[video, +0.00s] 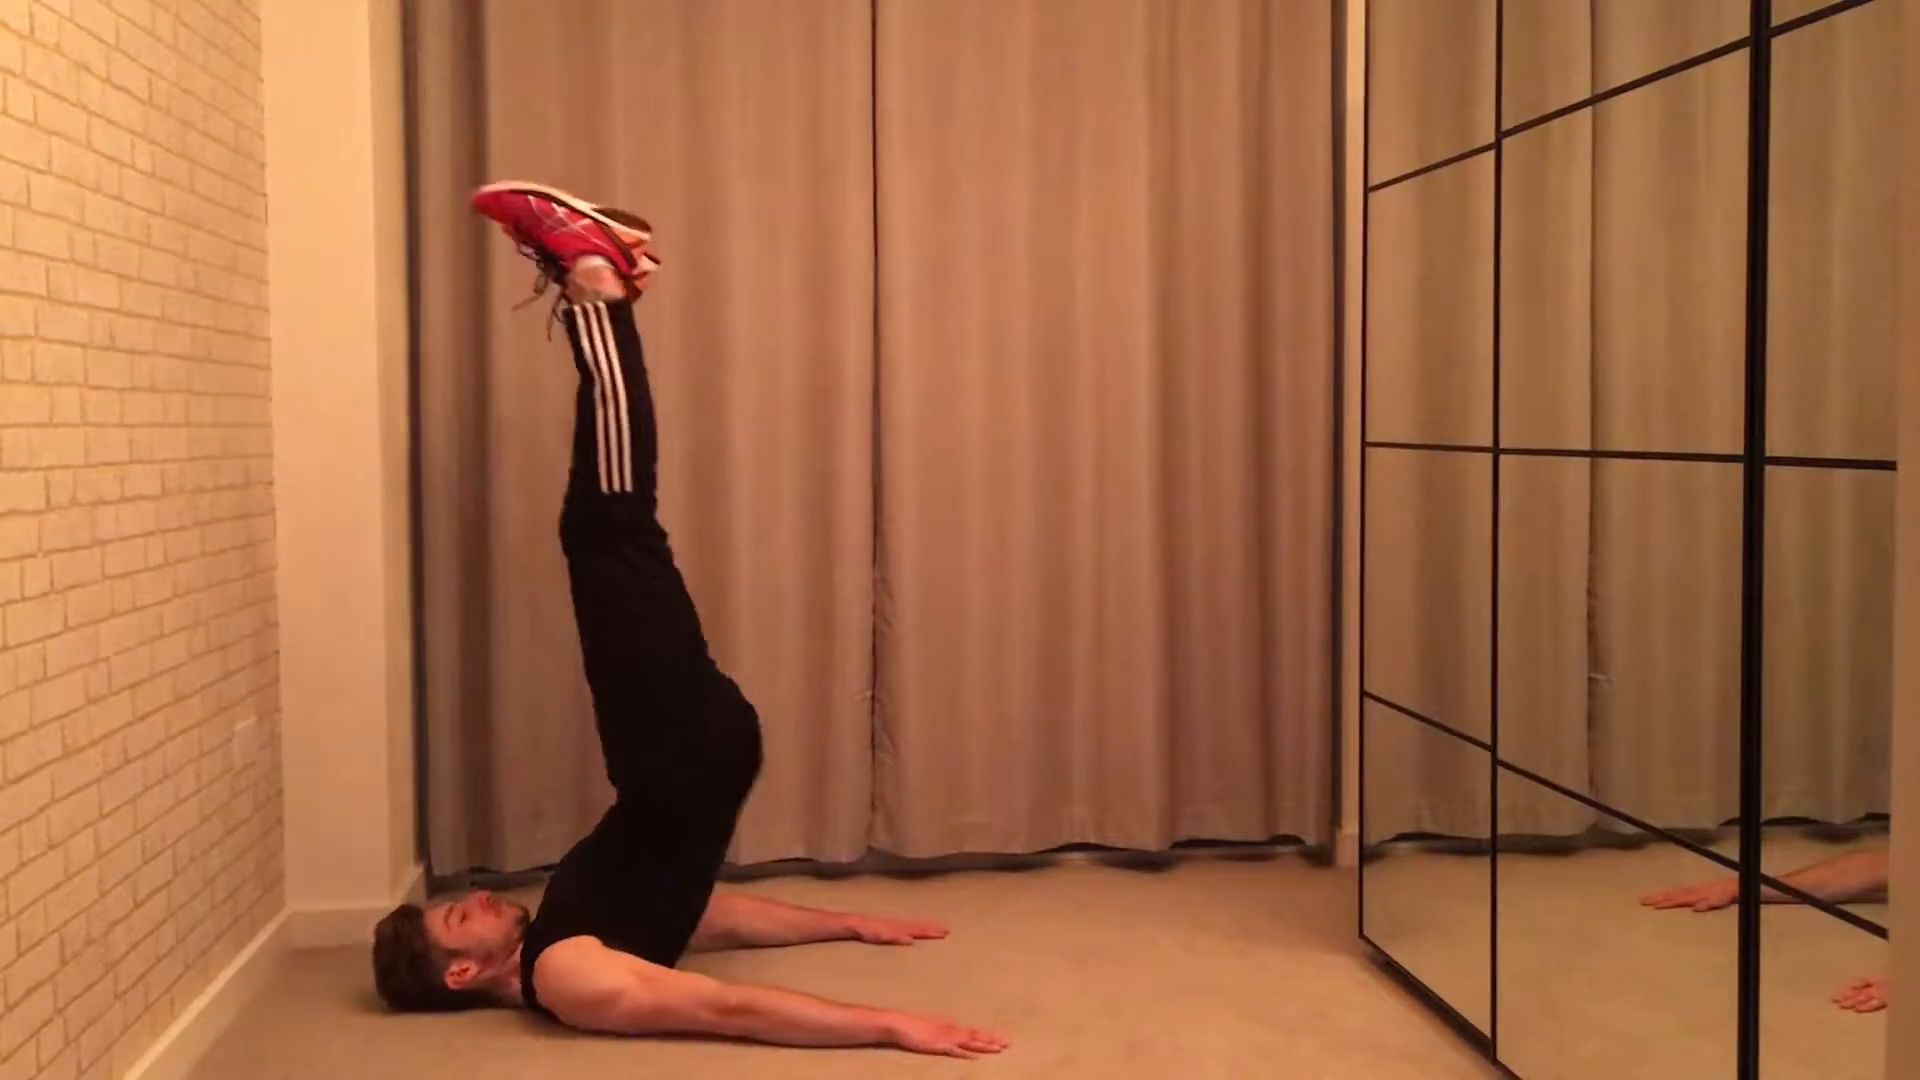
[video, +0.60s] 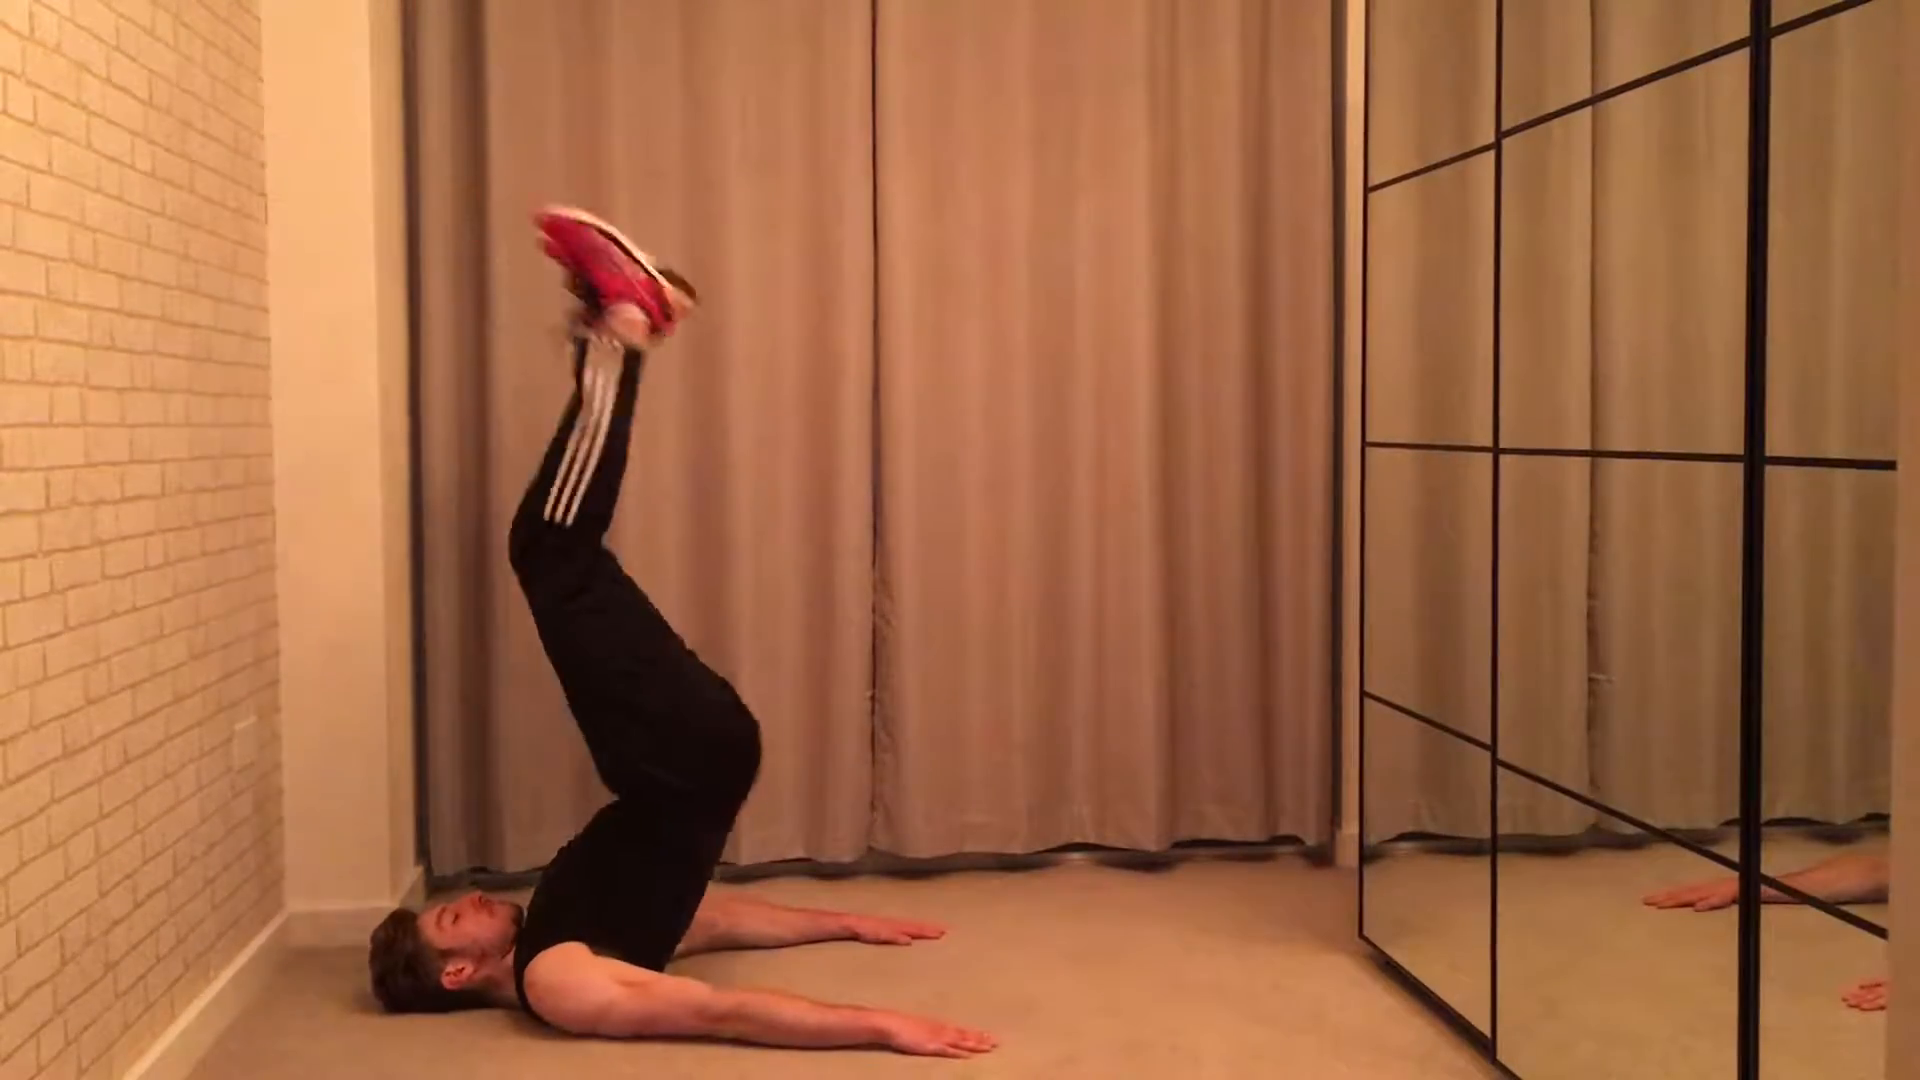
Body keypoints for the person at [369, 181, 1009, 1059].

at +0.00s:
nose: (479, 899)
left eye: (459, 900)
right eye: (460, 918)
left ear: (482, 907)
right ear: (468, 972)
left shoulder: (575, 939)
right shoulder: (568, 975)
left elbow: (724, 914)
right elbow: (728, 1012)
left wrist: (851, 925)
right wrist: (892, 1028)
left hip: (685, 762)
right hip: (696, 762)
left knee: (611, 531)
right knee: (607, 533)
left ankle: (596, 291)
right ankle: (591, 288)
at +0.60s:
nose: (470, 900)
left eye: (452, 903)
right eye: (452, 920)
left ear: (474, 906)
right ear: (463, 973)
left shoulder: (566, 936)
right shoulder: (560, 981)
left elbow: (712, 916)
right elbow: (719, 1014)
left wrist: (847, 926)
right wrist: (885, 1029)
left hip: (680, 772)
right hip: (701, 763)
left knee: (548, 544)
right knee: (547, 547)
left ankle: (615, 333)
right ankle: (616, 332)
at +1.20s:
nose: (734, 699)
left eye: (728, 683)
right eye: (720, 686)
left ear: (669, 706)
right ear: (674, 706)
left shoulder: (700, 780)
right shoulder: (693, 810)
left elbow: (711, 966)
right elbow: (714, 995)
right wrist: (868, 1022)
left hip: (872, 921)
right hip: (884, 954)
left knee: (951, 690)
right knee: (971, 719)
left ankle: (1035, 896)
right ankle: (1054, 911)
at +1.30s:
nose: (853, 656)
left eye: (853, 639)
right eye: (845, 640)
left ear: (790, 644)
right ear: (795, 643)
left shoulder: (777, 713)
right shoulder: (786, 741)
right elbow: (758, 924)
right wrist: (863, 1017)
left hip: (880, 936)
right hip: (892, 959)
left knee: (986, 704)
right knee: (998, 721)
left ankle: (1049, 913)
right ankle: (1051, 928)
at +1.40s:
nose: (951, 645)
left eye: (955, 624)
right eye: (947, 622)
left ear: (895, 611)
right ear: (898, 609)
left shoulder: (842, 677)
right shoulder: (869, 703)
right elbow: (827, 874)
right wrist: (868, 1015)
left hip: (890, 920)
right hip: (910, 942)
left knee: (999, 690)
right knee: (1019, 712)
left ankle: (1052, 904)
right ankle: (1038, 928)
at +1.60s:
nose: (1102, 634)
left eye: (1113, 618)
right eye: (1108, 612)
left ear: (1068, 579)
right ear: (1073, 585)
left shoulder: (979, 610)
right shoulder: (1005, 648)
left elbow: (905, 755)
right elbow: (955, 831)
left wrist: (860, 908)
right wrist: (895, 989)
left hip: (857, 824)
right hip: (881, 839)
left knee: (1062, 700)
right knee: (1083, 713)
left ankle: (1059, 910)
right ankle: (1049, 930)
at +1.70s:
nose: (1122, 630)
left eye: (1135, 616)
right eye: (1131, 610)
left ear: (1099, 568)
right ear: (1103, 573)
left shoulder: (1021, 570)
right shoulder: (1035, 604)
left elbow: (940, 747)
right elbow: (981, 787)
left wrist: (896, 866)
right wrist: (930, 946)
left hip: (825, 708)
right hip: (838, 719)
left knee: (1062, 700)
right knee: (1071, 708)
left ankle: (1060, 910)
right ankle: (1044, 929)